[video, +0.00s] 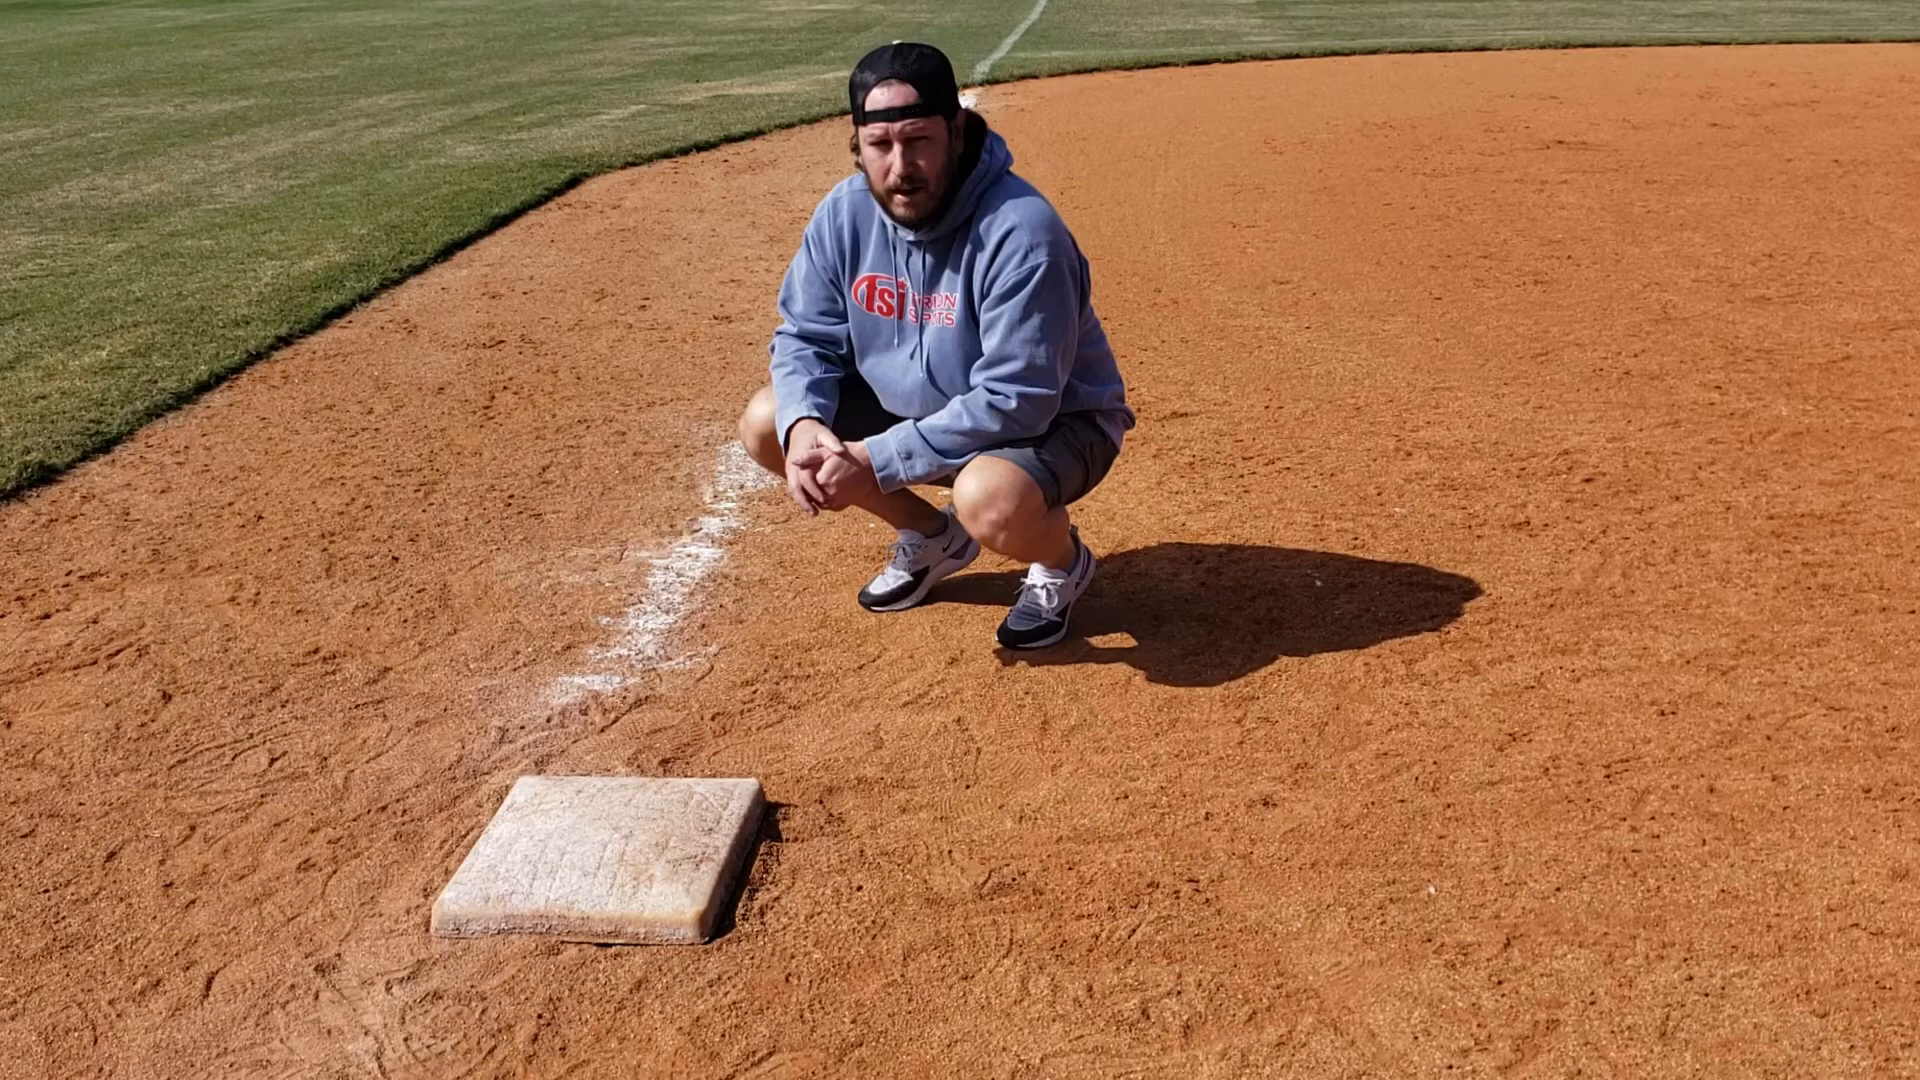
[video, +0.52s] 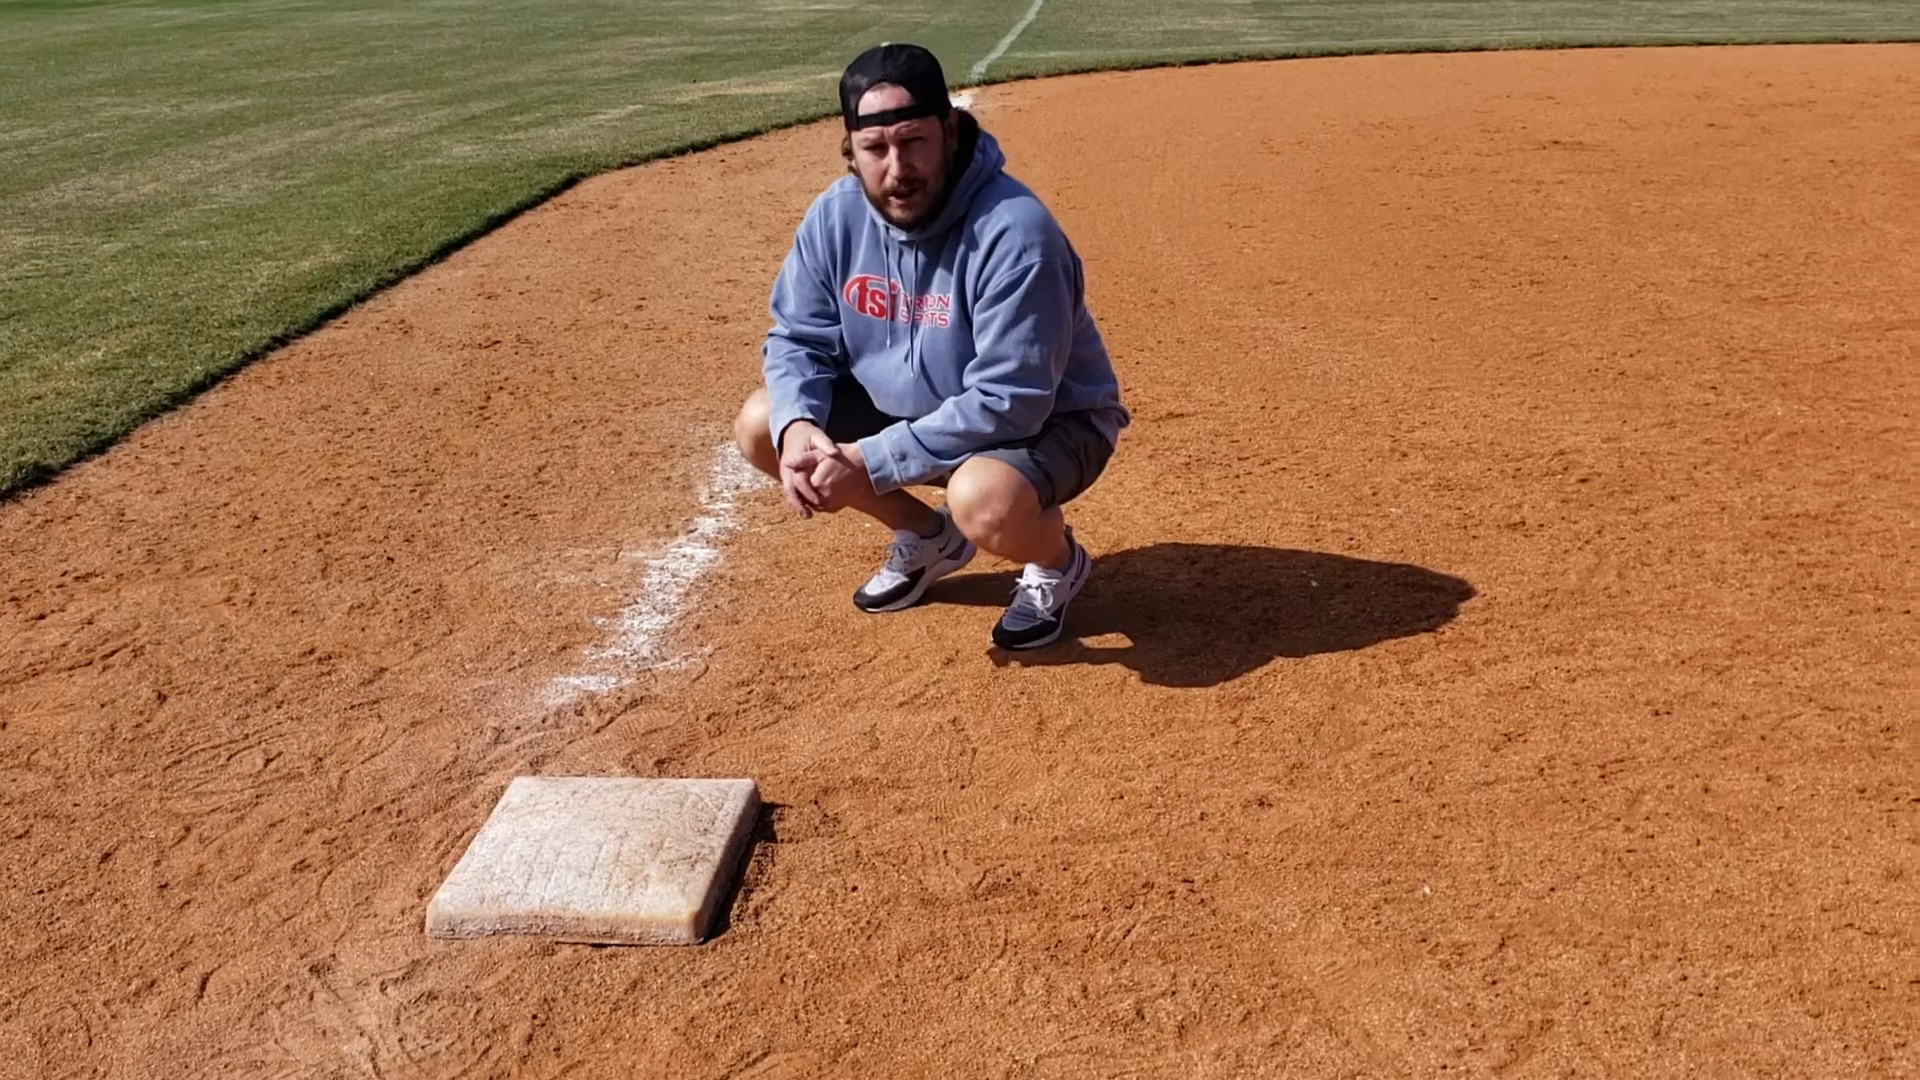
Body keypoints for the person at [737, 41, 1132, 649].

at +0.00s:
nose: (899, 169)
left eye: (918, 140)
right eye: (879, 144)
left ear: (958, 130)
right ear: (857, 146)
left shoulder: (1022, 236)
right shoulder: (844, 213)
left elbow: (1015, 403)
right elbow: (804, 335)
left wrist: (876, 461)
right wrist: (806, 424)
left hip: (1059, 419)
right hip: (923, 408)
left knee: (988, 499)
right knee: (769, 424)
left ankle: (1065, 564)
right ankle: (931, 535)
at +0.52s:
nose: (896, 170)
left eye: (914, 142)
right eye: (875, 148)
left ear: (951, 130)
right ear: (851, 150)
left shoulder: (1015, 237)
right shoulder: (836, 216)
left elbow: (1008, 404)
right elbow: (797, 337)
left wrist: (870, 462)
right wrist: (799, 426)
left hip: (1054, 419)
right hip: (918, 408)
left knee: (982, 500)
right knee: (764, 427)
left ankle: (1060, 563)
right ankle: (927, 535)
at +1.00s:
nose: (897, 169)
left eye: (914, 141)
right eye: (875, 146)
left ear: (951, 129)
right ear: (851, 149)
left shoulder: (1016, 237)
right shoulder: (836, 213)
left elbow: (1008, 404)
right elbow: (796, 335)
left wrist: (869, 461)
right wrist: (799, 425)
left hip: (1053, 419)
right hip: (916, 408)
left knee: (981, 499)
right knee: (763, 426)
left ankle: (1059, 562)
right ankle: (926, 535)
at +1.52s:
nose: (896, 162)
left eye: (912, 134)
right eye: (873, 140)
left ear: (949, 125)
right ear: (849, 146)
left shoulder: (1014, 234)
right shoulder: (834, 213)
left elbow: (1008, 401)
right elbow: (793, 336)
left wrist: (871, 459)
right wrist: (796, 422)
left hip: (1049, 418)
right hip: (910, 408)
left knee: (980, 496)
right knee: (759, 425)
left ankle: (1055, 562)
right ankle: (923, 534)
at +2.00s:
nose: (889, 164)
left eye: (906, 136)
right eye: (867, 142)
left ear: (943, 126)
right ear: (843, 147)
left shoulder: (1009, 234)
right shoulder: (829, 214)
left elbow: (1002, 402)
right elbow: (789, 335)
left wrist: (861, 457)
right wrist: (790, 422)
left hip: (1045, 419)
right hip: (909, 410)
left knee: (975, 496)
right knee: (755, 425)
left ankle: (1053, 561)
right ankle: (920, 534)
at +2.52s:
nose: (888, 162)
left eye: (904, 134)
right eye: (865, 141)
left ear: (940, 126)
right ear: (841, 147)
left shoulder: (1007, 234)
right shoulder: (827, 214)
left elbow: (1000, 401)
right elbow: (786, 335)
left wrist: (859, 456)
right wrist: (788, 421)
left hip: (1042, 419)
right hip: (905, 410)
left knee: (974, 496)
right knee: (753, 425)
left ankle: (1050, 561)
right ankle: (917, 533)